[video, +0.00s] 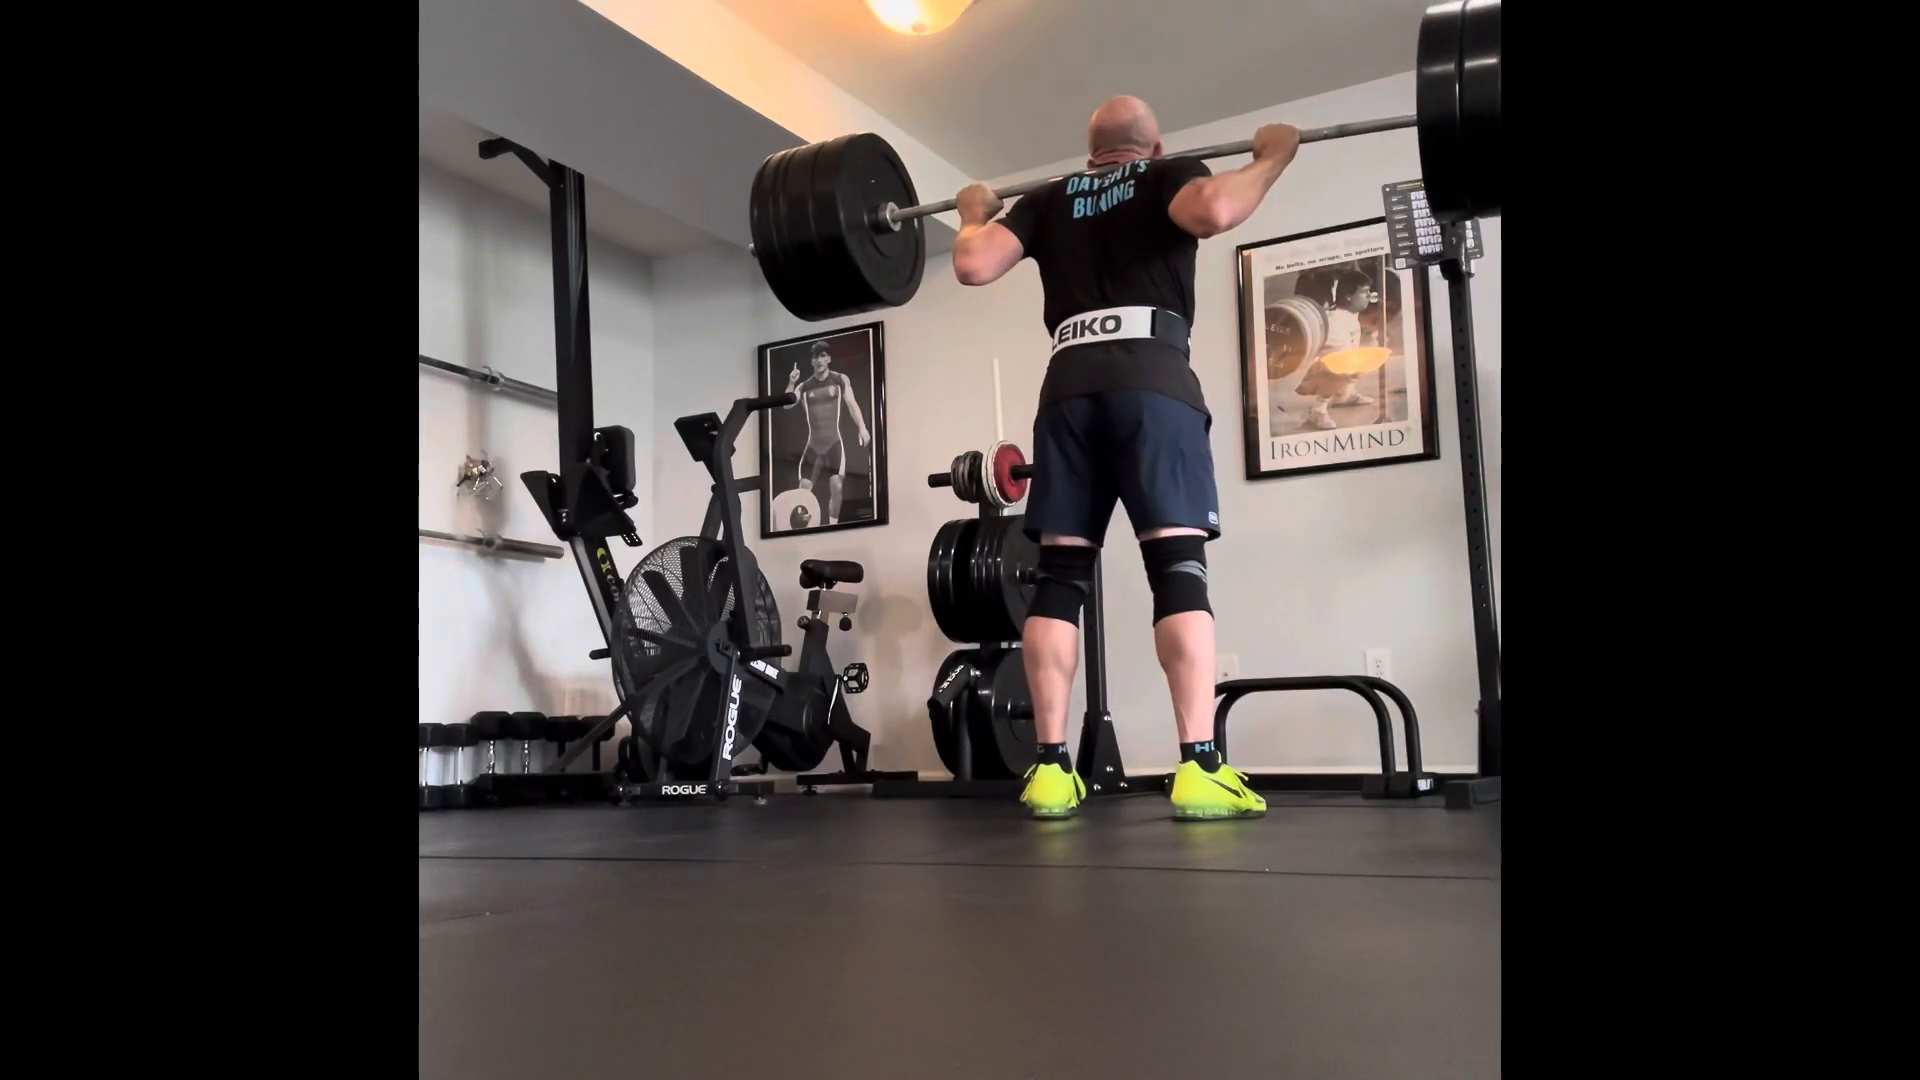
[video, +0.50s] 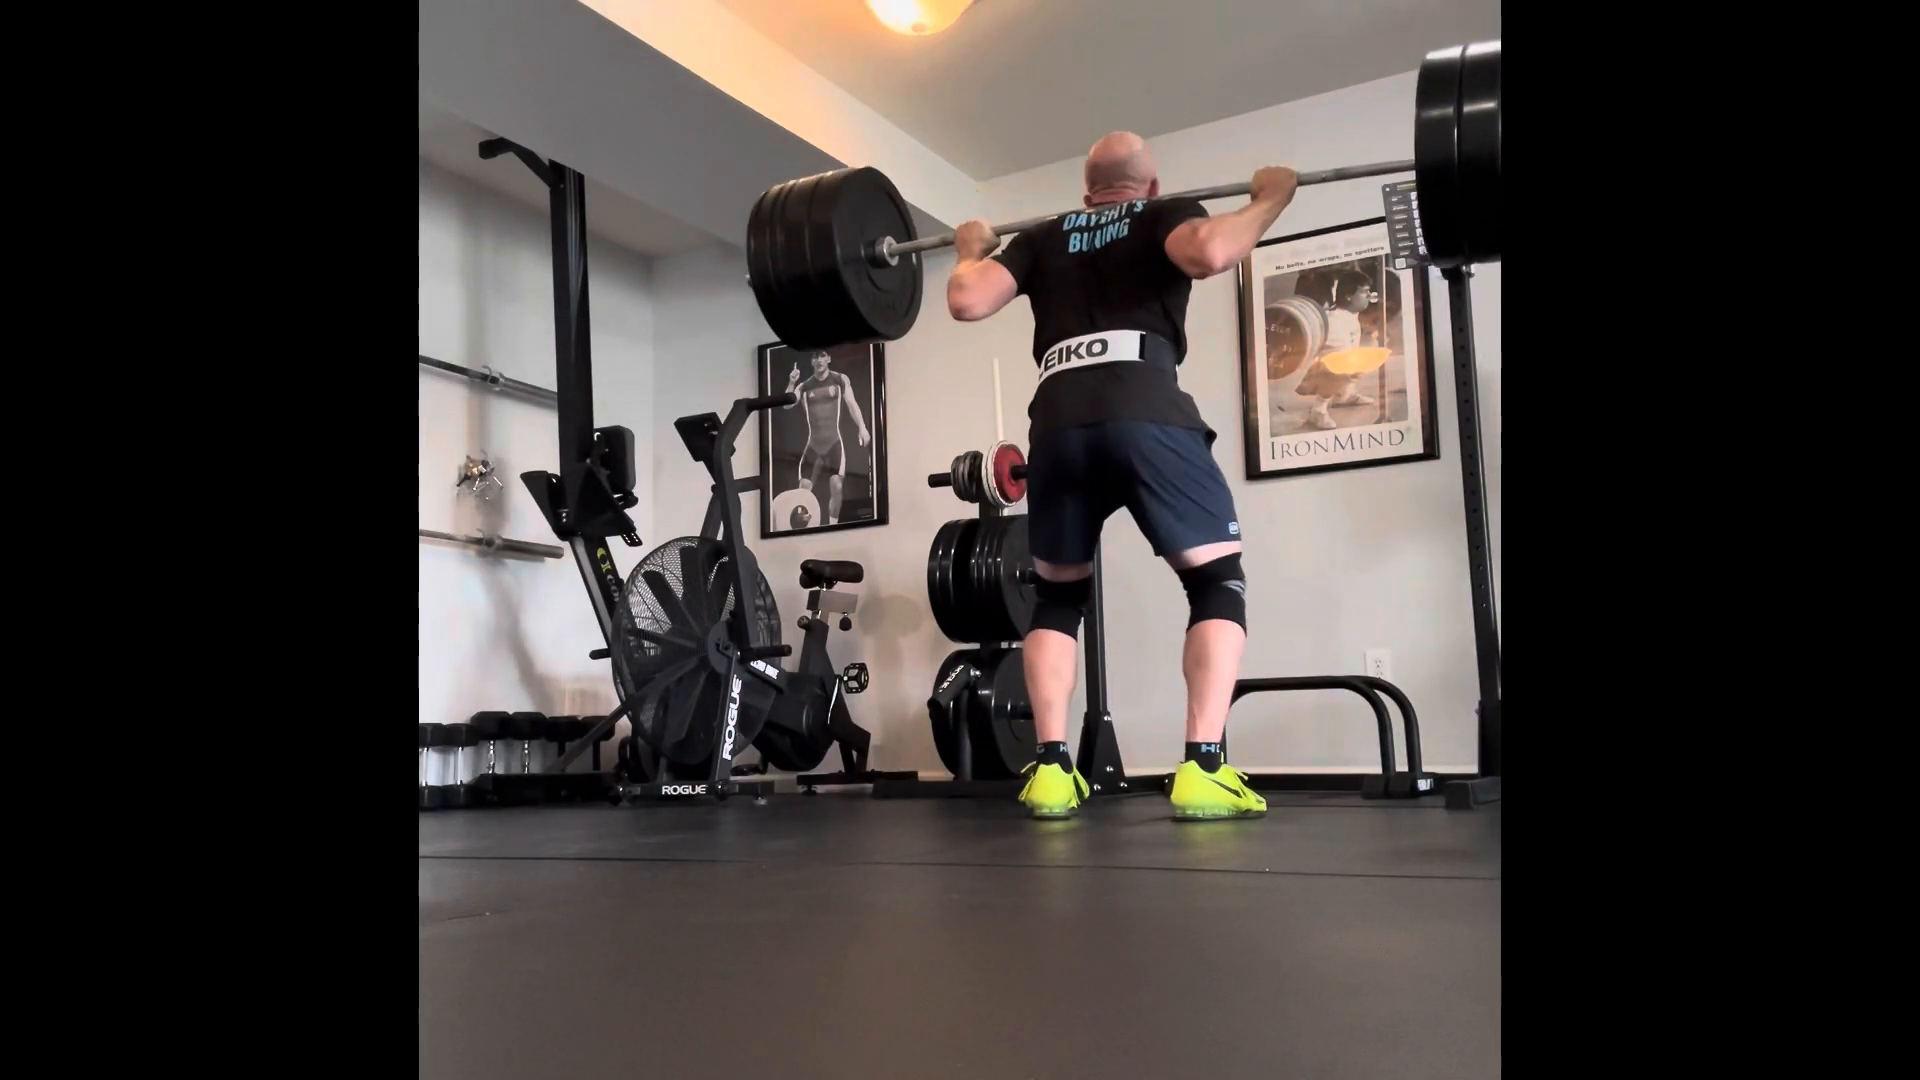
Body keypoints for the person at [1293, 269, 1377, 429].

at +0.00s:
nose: (1369, 296)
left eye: (1368, 292)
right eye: (1364, 292)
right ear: (1348, 296)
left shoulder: (1353, 317)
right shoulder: (1337, 318)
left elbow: (1352, 350)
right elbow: (1334, 354)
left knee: (1358, 363)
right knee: (1339, 369)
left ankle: (1345, 394)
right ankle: (1318, 409)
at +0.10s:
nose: (1369, 296)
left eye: (1368, 292)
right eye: (1364, 292)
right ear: (1348, 296)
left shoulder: (1353, 317)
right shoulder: (1336, 318)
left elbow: (1352, 350)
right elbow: (1334, 355)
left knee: (1358, 363)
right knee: (1339, 369)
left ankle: (1345, 394)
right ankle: (1318, 409)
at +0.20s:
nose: (1369, 296)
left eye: (1368, 292)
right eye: (1364, 292)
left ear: (1349, 296)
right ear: (1348, 296)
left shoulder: (1353, 317)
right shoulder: (1336, 318)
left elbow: (1352, 351)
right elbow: (1334, 355)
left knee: (1358, 363)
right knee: (1339, 368)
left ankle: (1345, 394)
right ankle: (1319, 409)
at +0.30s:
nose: (1369, 296)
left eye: (1368, 292)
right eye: (1364, 292)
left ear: (1349, 296)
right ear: (1348, 296)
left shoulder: (1353, 317)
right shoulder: (1336, 319)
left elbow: (1352, 351)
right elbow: (1334, 356)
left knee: (1358, 363)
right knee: (1339, 368)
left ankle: (1345, 394)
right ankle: (1318, 409)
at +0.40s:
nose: (1369, 296)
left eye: (1368, 292)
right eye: (1364, 292)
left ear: (1350, 297)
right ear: (1348, 296)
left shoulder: (1353, 317)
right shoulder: (1336, 318)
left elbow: (1352, 351)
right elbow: (1334, 355)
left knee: (1358, 363)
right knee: (1339, 368)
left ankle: (1345, 394)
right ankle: (1318, 409)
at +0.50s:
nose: (1369, 296)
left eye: (1368, 292)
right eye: (1364, 292)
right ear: (1348, 296)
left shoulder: (1353, 317)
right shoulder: (1336, 319)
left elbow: (1352, 351)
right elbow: (1334, 356)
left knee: (1358, 363)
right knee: (1339, 368)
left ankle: (1345, 394)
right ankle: (1318, 409)